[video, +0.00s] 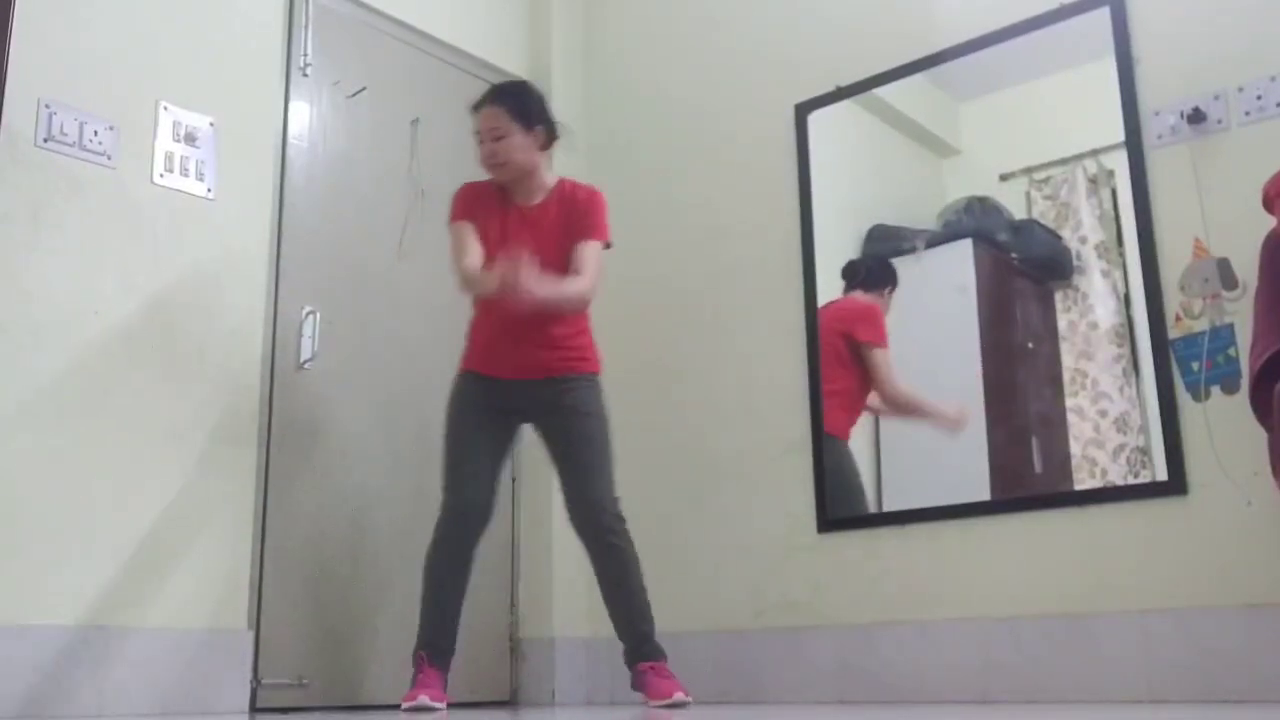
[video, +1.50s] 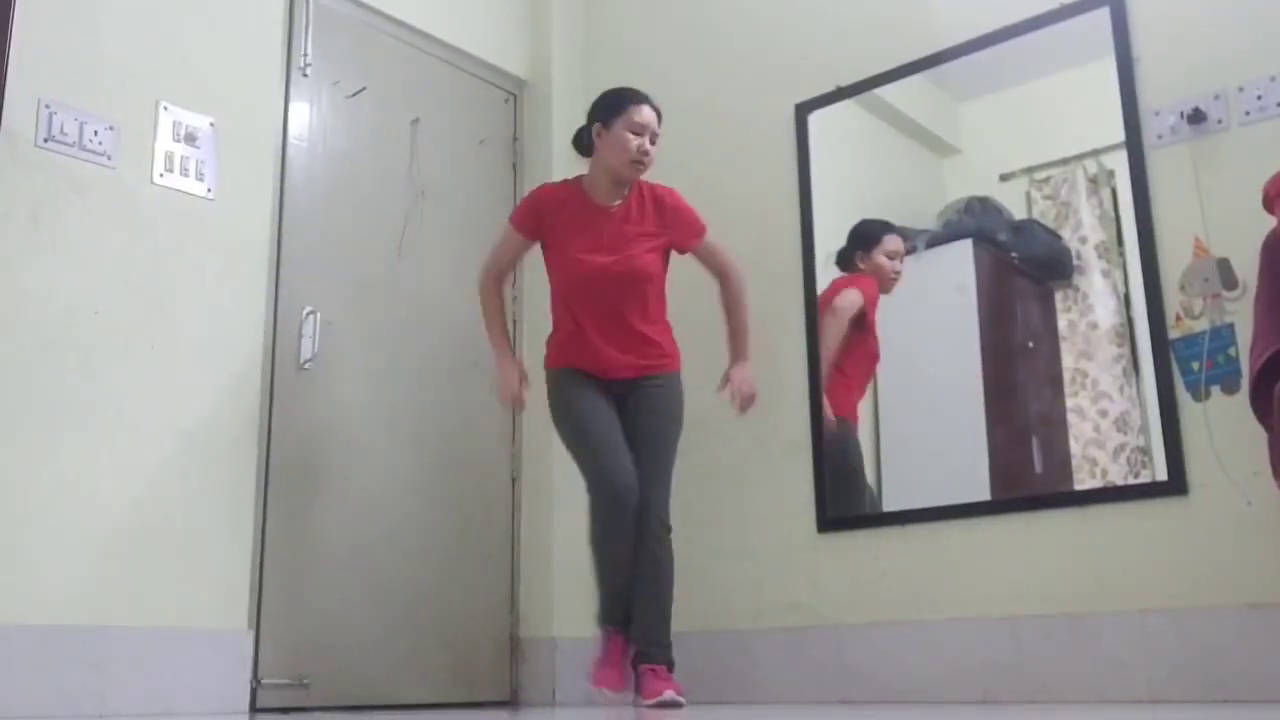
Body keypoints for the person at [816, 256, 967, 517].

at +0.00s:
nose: (888, 308)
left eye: (891, 300)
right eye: (891, 299)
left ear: (852, 285)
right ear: (886, 291)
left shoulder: (825, 313)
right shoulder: (866, 310)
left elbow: (866, 400)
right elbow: (889, 393)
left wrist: (929, 415)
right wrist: (943, 414)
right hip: (826, 440)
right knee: (857, 531)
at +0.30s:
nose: (880, 328)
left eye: (884, 319)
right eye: (884, 318)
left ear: (848, 298)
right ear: (879, 310)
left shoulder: (823, 322)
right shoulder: (846, 325)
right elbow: (811, 375)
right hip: (807, 449)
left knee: (840, 520)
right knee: (842, 521)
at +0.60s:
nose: (880, 315)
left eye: (882, 306)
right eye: (880, 305)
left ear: (840, 297)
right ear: (865, 300)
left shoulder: (825, 325)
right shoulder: (837, 328)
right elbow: (800, 354)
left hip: (810, 458)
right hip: (805, 461)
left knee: (843, 526)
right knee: (844, 527)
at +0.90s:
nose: (871, 290)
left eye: (870, 280)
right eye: (866, 279)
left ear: (843, 281)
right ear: (843, 280)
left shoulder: (824, 311)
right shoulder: (827, 309)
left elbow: (855, 399)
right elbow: (851, 386)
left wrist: (908, 379)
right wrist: (910, 378)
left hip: (816, 447)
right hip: (812, 449)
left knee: (854, 527)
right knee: (859, 527)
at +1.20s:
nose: (883, 272)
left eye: (881, 263)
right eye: (876, 262)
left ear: (853, 268)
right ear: (851, 267)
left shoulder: (831, 301)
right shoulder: (846, 295)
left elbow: (864, 398)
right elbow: (871, 369)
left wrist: (927, 409)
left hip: (821, 433)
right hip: (822, 434)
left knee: (841, 527)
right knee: (851, 526)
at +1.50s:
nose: (899, 267)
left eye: (901, 259)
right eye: (890, 257)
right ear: (860, 259)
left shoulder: (836, 288)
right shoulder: (864, 283)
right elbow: (840, 307)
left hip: (828, 420)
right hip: (836, 422)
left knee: (864, 512)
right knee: (856, 517)